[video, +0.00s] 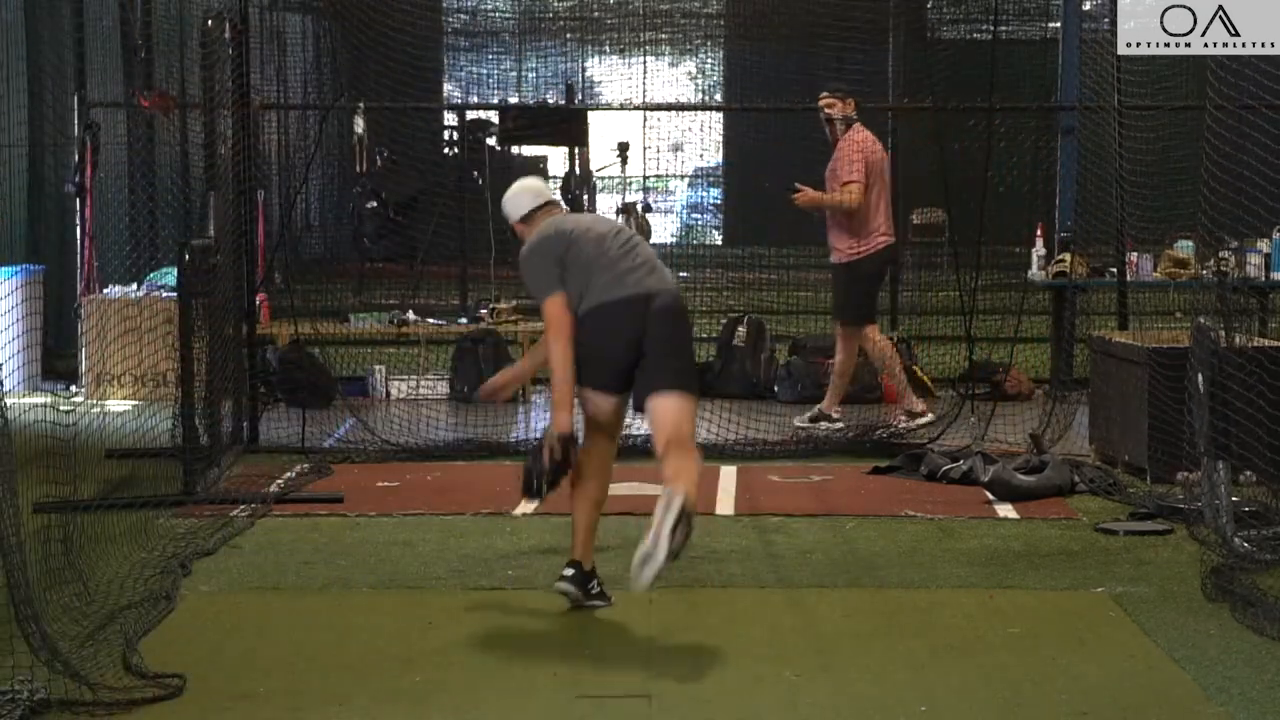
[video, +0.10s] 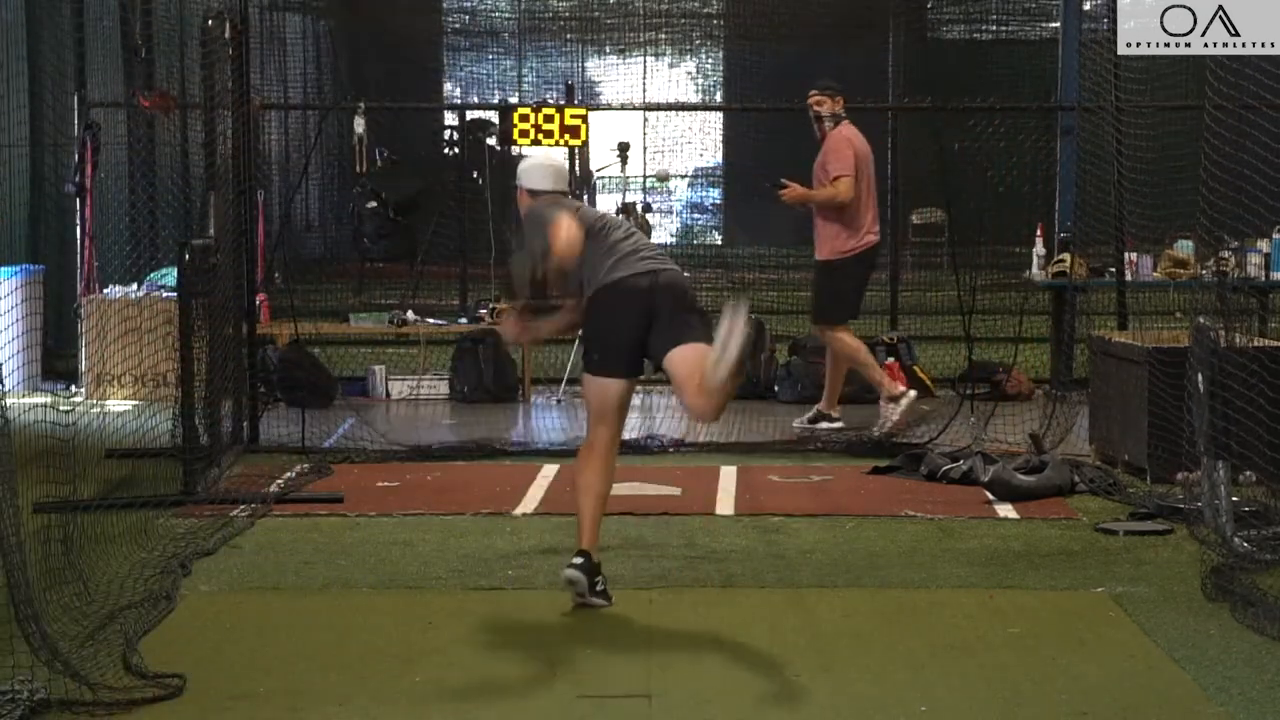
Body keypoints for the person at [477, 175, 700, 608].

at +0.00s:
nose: (520, 238)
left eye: (517, 230)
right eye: (519, 231)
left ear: (520, 224)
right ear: (558, 206)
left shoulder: (538, 247)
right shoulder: (597, 227)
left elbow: (559, 327)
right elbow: (566, 322)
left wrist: (561, 420)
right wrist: (521, 371)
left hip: (605, 316)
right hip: (668, 309)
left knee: (599, 434)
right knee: (677, 439)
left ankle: (581, 565)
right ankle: (677, 503)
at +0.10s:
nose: (517, 201)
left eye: (517, 194)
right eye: (519, 195)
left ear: (523, 193)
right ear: (565, 189)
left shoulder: (542, 208)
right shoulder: (588, 217)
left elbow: (568, 234)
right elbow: (576, 312)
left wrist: (555, 277)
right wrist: (525, 331)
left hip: (616, 296)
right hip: (671, 286)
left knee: (601, 435)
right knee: (704, 403)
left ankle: (586, 559)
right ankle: (731, 342)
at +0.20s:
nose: (526, 162)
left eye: (526, 157)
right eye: (529, 156)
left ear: (535, 165)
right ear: (558, 165)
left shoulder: (551, 191)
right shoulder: (610, 212)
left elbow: (563, 150)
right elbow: (625, 279)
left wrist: (514, 92)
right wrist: (573, 291)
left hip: (615, 299)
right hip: (670, 292)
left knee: (597, 436)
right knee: (737, 387)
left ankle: (587, 551)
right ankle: (769, 253)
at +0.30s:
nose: (543, 129)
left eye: (549, 123)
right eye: (547, 121)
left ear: (556, 127)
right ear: (595, 131)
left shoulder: (563, 148)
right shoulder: (607, 168)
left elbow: (509, 96)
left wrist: (465, 47)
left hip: (620, 277)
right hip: (668, 273)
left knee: (614, 417)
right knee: (709, 390)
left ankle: (600, 547)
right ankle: (790, 300)